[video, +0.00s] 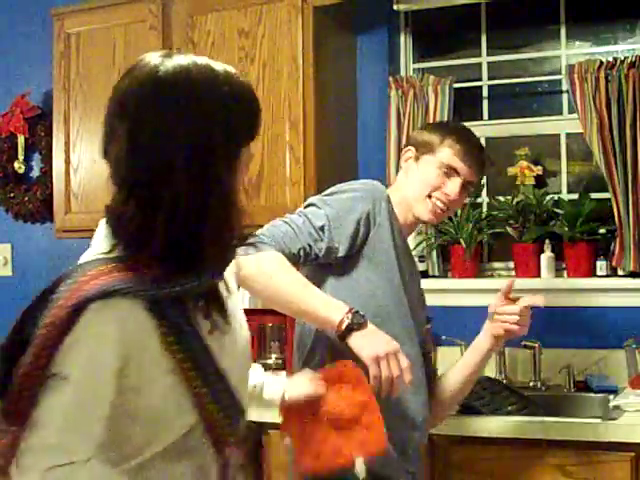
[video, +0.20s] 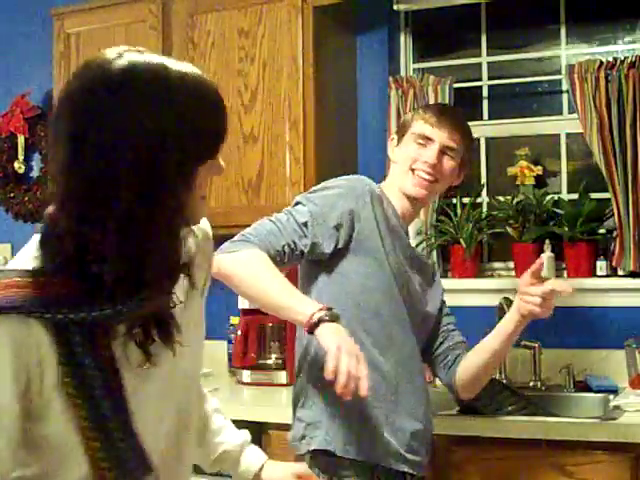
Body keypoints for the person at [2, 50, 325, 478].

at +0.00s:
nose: (245, 169)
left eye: (242, 152)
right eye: (237, 153)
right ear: (197, 160)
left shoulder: (204, 275)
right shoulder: (112, 311)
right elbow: (51, 466)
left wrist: (281, 391)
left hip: (218, 470)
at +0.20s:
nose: (217, 170)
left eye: (211, 156)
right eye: (203, 158)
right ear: (146, 166)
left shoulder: (189, 245)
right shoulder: (19, 321)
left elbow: (184, 394)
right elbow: (9, 466)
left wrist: (256, 466)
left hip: (175, 470)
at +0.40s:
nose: (164, 140)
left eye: (172, 110)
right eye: (125, 123)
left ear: (192, 115)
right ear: (70, 149)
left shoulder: (190, 243)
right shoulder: (13, 308)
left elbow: (176, 419)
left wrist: (240, 475)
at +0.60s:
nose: (195, 130)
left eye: (215, 104)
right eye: (162, 112)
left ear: (246, 124)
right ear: (122, 145)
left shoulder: (231, 279)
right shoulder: (61, 302)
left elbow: (225, 450)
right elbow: (9, 467)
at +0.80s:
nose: (261, 108)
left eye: (284, 85)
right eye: (230, 89)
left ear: (313, 109)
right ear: (193, 116)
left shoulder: (334, 263)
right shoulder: (119, 267)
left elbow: (330, 453)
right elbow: (90, 466)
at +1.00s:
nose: (275, 103)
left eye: (305, 79)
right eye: (251, 82)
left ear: (346, 102)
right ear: (226, 107)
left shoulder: (404, 253)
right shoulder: (151, 249)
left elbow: (413, 458)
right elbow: (110, 457)